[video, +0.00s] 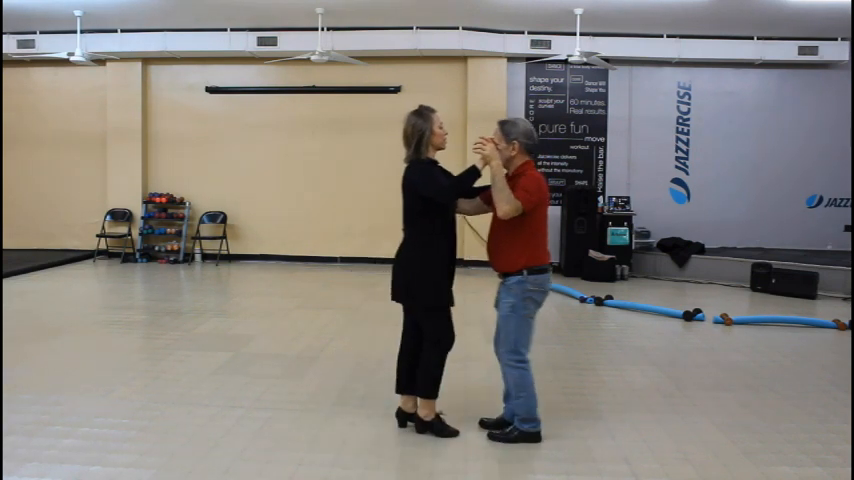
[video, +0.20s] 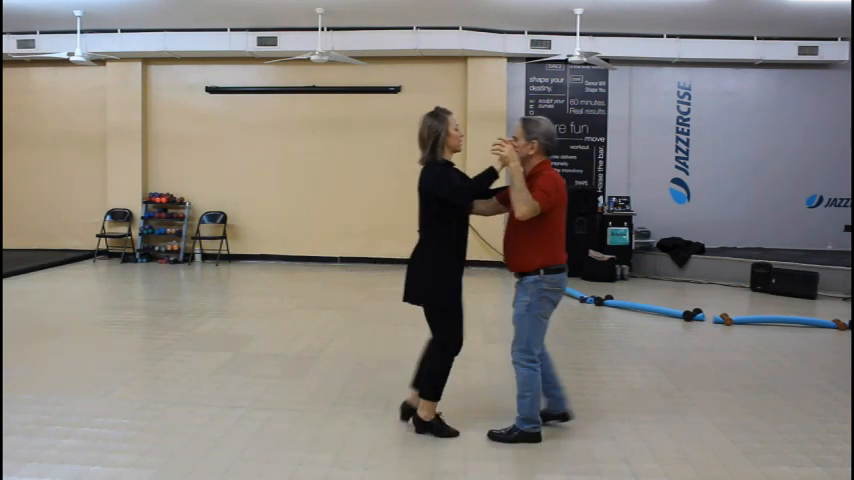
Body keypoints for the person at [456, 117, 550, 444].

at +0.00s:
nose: (491, 147)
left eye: (496, 142)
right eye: (492, 141)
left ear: (514, 147)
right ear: (513, 148)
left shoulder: (531, 179)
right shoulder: (510, 180)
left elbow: (507, 208)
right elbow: (471, 205)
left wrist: (495, 163)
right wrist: (436, 195)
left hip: (527, 278)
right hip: (513, 277)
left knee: (513, 352)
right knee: (505, 349)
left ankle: (528, 425)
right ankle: (512, 415)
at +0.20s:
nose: (510, 143)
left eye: (516, 139)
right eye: (511, 138)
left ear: (533, 146)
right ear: (530, 146)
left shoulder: (549, 180)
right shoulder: (527, 179)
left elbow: (524, 210)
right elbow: (488, 206)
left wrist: (514, 165)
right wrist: (452, 198)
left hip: (543, 278)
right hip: (531, 276)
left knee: (524, 353)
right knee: (531, 347)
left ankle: (527, 426)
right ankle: (557, 407)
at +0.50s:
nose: (533, 156)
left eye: (538, 152)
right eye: (534, 151)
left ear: (558, 156)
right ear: (556, 156)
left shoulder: (577, 186)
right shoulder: (547, 185)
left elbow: (560, 223)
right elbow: (514, 212)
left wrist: (547, 177)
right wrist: (481, 201)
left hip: (569, 283)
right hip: (565, 281)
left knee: (534, 351)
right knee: (582, 346)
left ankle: (528, 425)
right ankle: (607, 411)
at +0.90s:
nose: (536, 153)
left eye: (542, 148)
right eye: (537, 147)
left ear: (562, 153)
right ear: (558, 152)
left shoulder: (579, 183)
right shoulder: (547, 184)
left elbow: (567, 218)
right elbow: (516, 212)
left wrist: (553, 174)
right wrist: (483, 204)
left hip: (573, 279)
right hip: (567, 277)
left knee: (545, 351)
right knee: (587, 346)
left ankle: (540, 425)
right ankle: (608, 411)